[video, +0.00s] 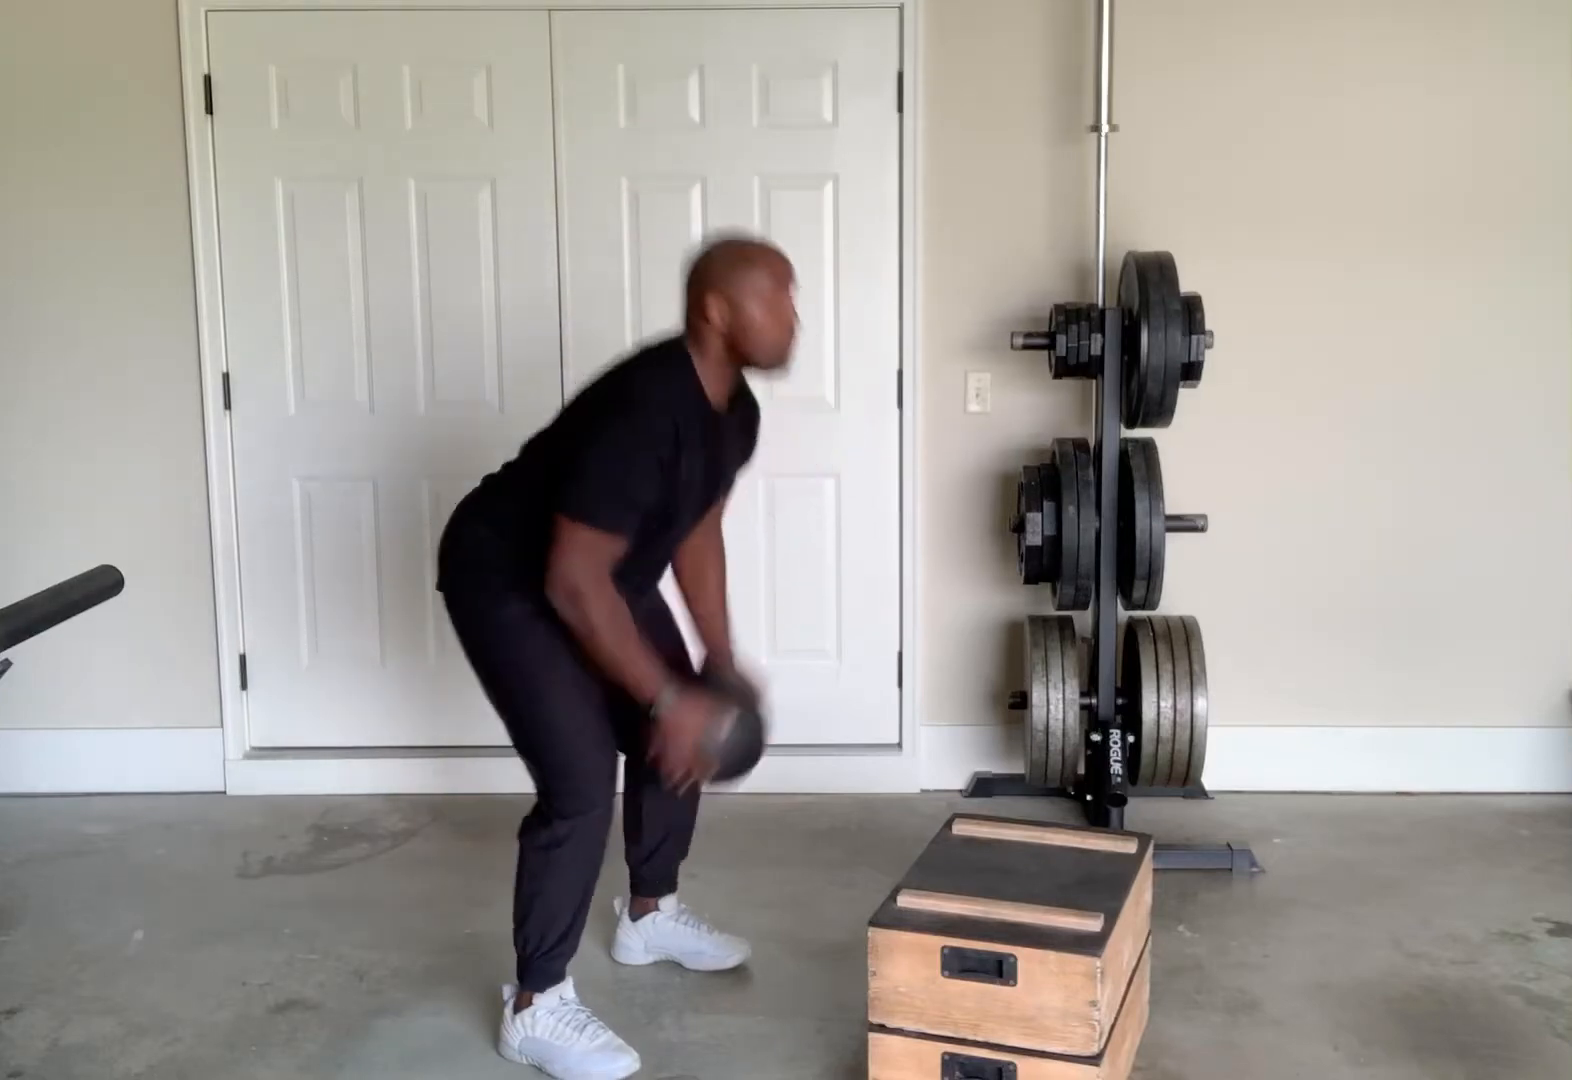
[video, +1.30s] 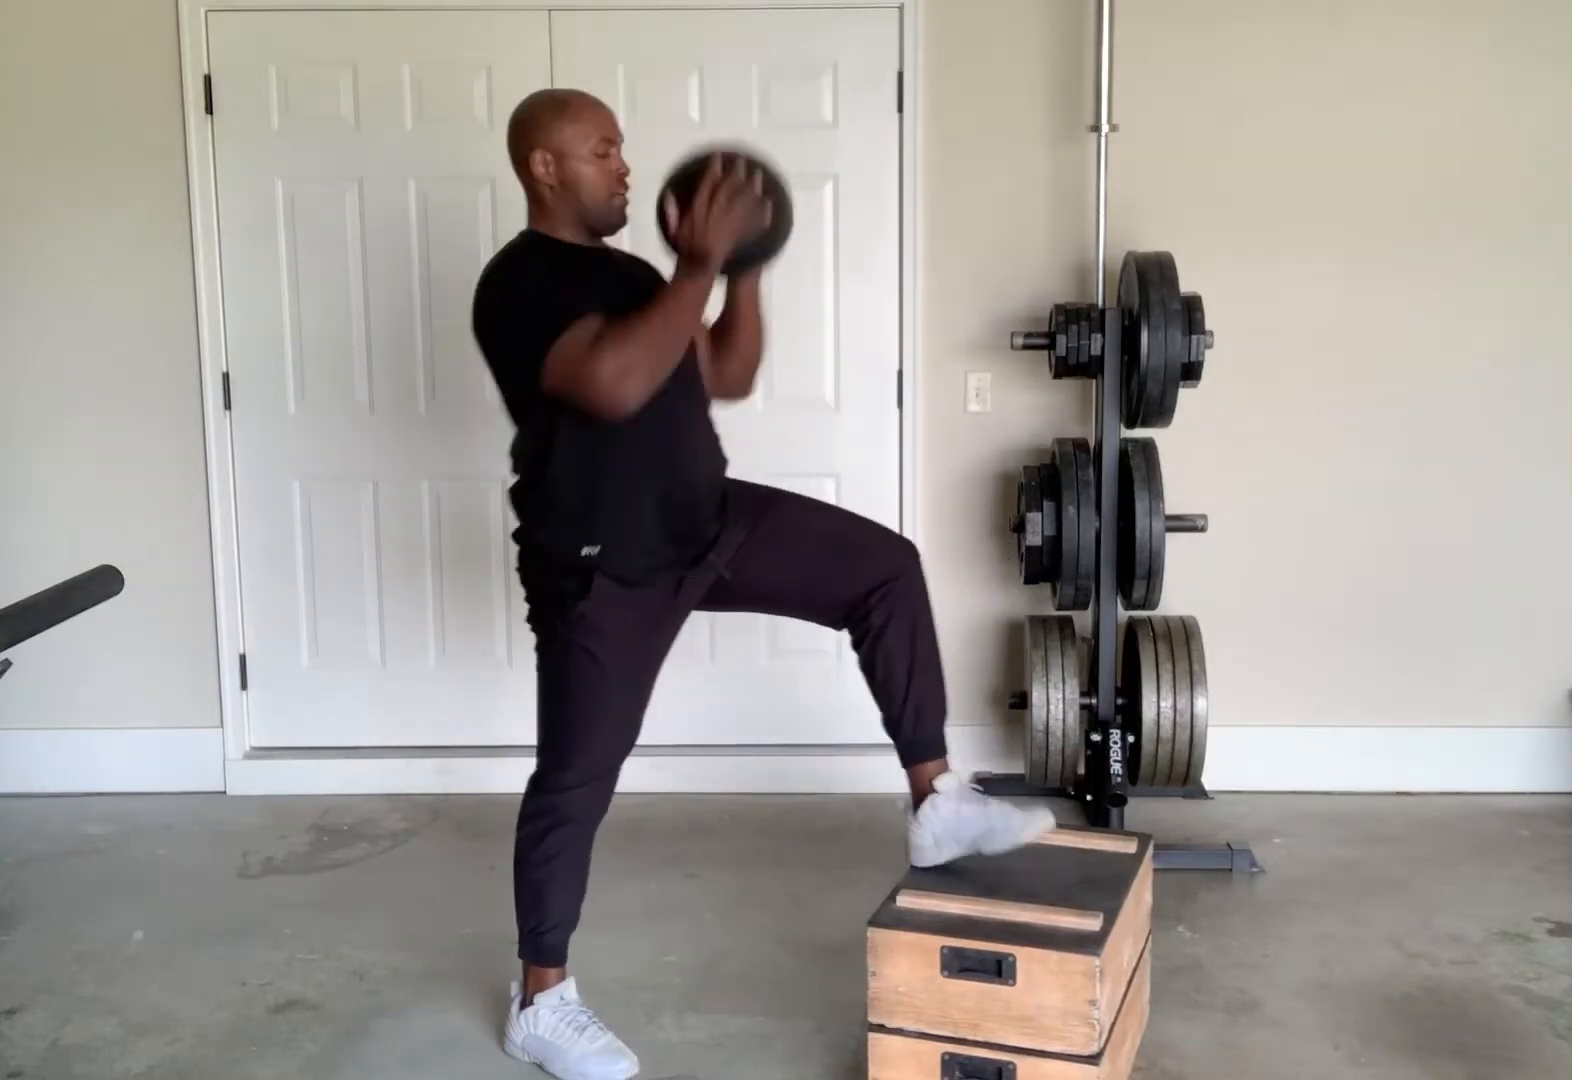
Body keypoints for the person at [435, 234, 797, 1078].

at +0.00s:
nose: (794, 315)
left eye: (792, 296)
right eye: (778, 296)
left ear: (731, 313)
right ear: (718, 310)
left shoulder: (736, 409)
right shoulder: (647, 403)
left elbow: (698, 531)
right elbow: (573, 577)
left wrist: (718, 658)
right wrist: (666, 700)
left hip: (602, 567)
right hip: (502, 570)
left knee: (682, 717)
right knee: (580, 778)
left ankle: (649, 915)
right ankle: (536, 1002)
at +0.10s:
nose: (725, 210)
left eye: (721, 194)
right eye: (706, 196)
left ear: (662, 213)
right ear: (646, 211)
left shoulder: (695, 317)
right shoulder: (586, 320)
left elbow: (684, 430)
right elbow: (577, 489)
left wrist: (758, 482)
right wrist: (727, 508)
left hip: (647, 568)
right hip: (553, 575)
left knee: (704, 730)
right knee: (602, 783)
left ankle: (656, 910)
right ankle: (539, 1000)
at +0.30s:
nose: (691, 151)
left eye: (685, 140)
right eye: (672, 139)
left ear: (658, 150)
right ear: (628, 151)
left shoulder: (696, 231)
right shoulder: (586, 235)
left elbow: (802, 175)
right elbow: (690, 154)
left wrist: (809, 30)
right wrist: (750, 22)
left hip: (703, 518)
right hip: (610, 543)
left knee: (876, 546)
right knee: (595, 781)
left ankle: (777, 743)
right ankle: (540, 1001)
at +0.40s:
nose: (752, 162)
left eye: (756, 144)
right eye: (736, 143)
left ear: (740, 149)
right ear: (681, 137)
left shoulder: (723, 215)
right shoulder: (628, 208)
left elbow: (761, 76)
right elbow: (667, 30)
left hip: (740, 512)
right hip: (637, 537)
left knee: (913, 531)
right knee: (598, 773)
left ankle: (912, 762)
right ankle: (543, 997)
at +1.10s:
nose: (682, 152)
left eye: (681, 136)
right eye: (661, 132)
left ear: (683, 146)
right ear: (618, 143)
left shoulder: (706, 227)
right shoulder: (579, 242)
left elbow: (797, 166)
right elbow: (670, 117)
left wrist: (779, 24)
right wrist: (714, 1)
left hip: (775, 508)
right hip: (660, 539)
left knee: (946, 580)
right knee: (621, 764)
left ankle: (956, 812)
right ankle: (557, 985)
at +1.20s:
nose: (650, 154)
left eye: (647, 140)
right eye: (627, 139)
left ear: (647, 155)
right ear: (570, 165)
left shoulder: (671, 250)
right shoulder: (541, 260)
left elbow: (786, 267)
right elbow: (662, 243)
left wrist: (766, 145)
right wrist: (718, 121)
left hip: (742, 517)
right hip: (631, 549)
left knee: (916, 578)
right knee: (599, 770)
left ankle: (951, 810)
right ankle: (550, 991)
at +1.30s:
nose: (623, 167)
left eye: (620, 150)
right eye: (601, 151)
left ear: (598, 169)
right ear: (540, 169)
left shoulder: (626, 270)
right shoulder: (514, 285)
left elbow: (728, 377)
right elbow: (612, 385)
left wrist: (736, 267)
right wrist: (700, 268)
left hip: (709, 526)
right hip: (601, 570)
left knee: (886, 568)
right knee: (576, 779)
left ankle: (937, 804)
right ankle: (542, 996)